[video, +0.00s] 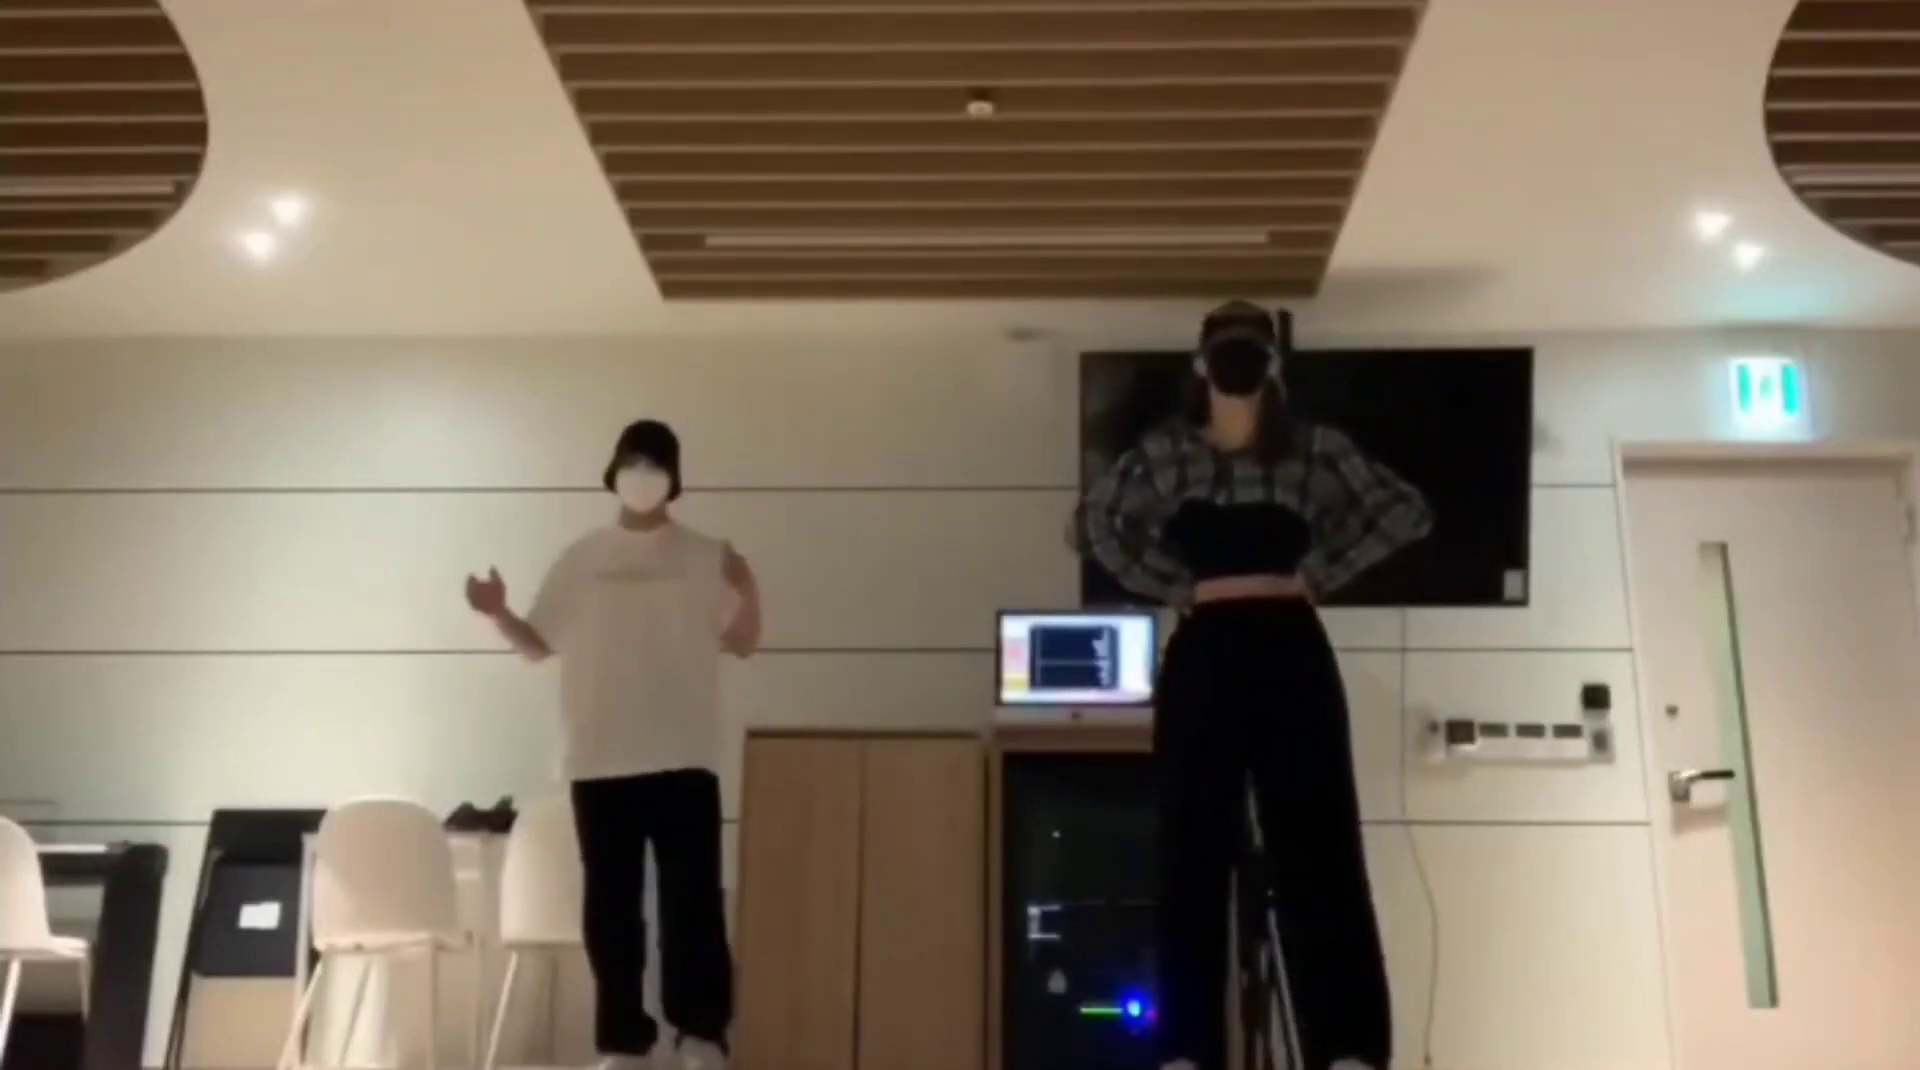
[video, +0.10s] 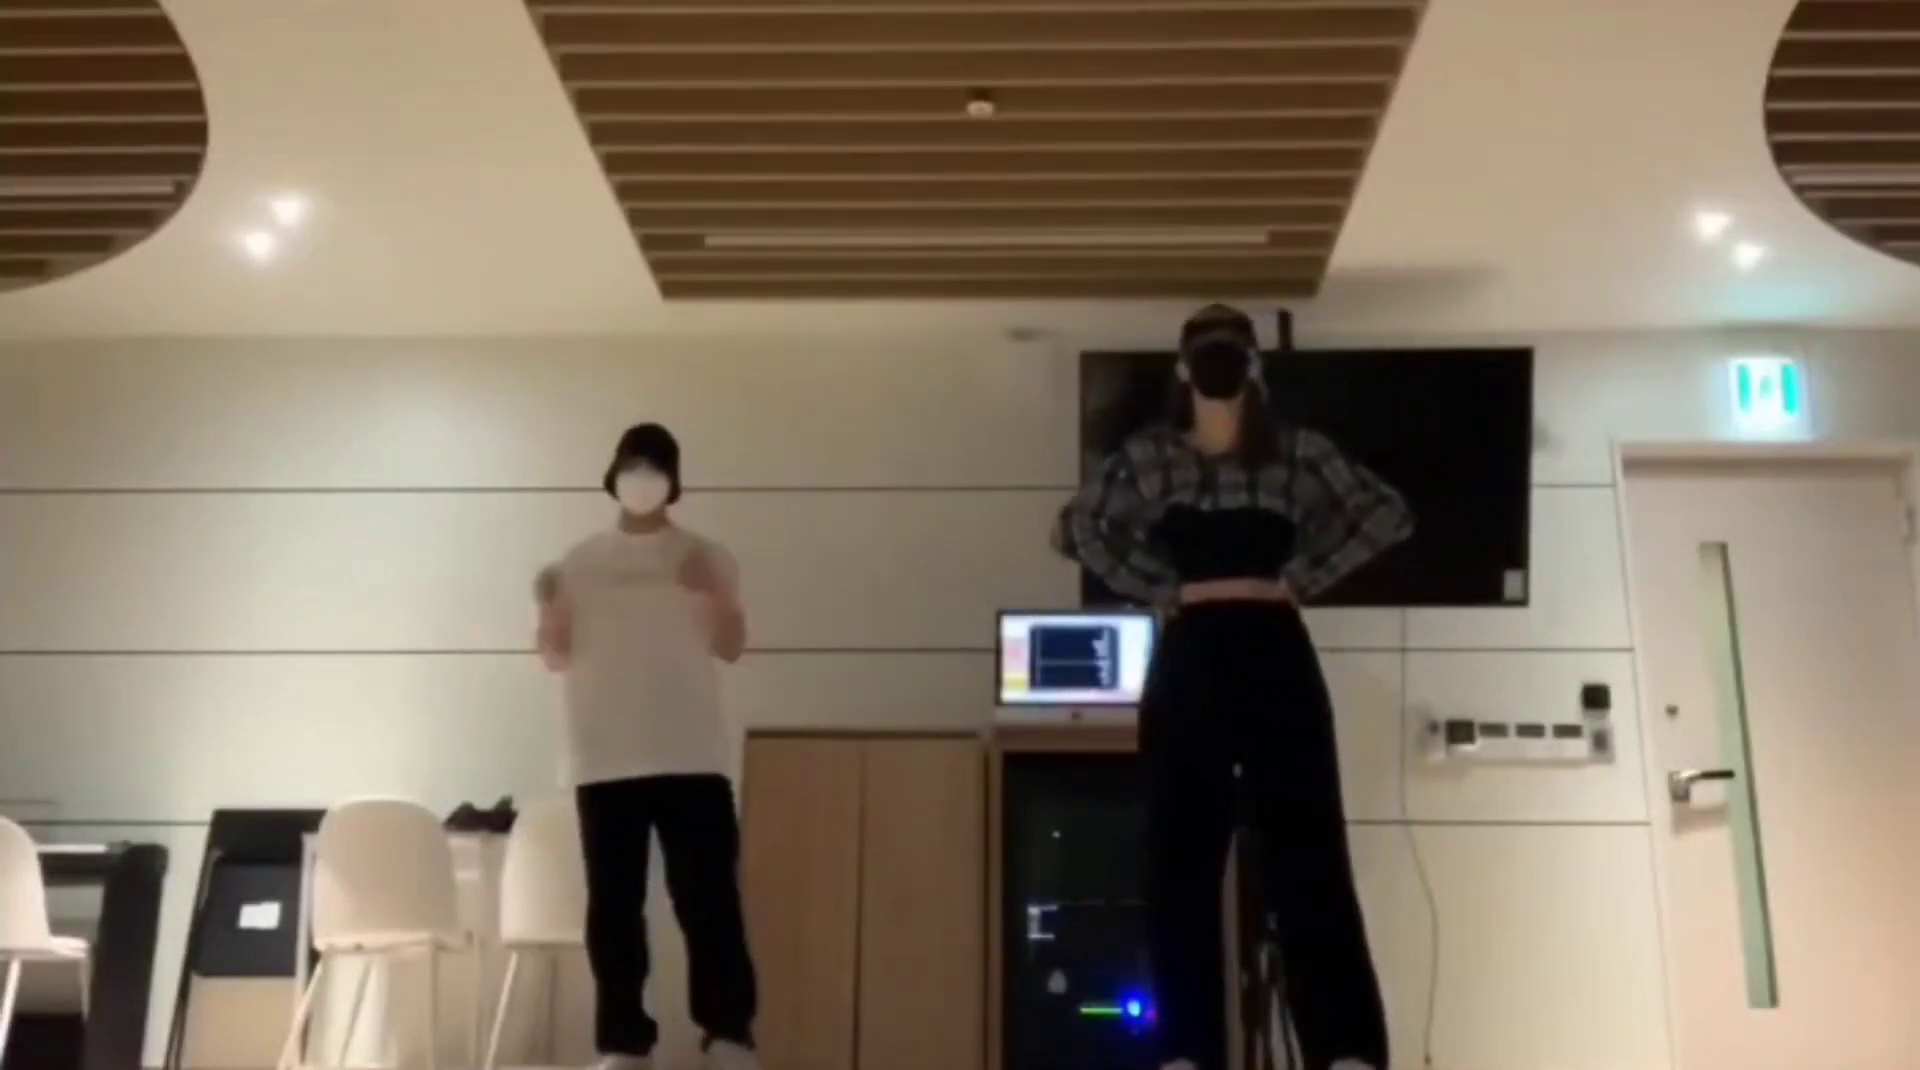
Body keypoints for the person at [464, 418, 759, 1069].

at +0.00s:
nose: (641, 478)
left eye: (653, 466)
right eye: (630, 467)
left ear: (675, 477)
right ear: (612, 476)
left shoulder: (705, 557)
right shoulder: (583, 558)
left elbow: (740, 645)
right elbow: (539, 647)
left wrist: (747, 594)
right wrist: (500, 614)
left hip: (684, 752)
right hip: (601, 755)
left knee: (693, 901)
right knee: (610, 906)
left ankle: (701, 1036)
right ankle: (622, 1043)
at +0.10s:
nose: (641, 480)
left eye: (654, 469)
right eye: (629, 469)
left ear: (674, 480)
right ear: (612, 479)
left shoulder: (703, 556)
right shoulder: (579, 563)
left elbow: (729, 648)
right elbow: (557, 660)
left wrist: (717, 598)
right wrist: (553, 615)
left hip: (692, 751)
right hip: (605, 754)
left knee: (709, 901)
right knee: (613, 908)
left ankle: (727, 1035)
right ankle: (622, 1043)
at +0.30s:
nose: (653, 487)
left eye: (666, 475)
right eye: (643, 475)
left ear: (685, 486)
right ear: (624, 484)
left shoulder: (713, 561)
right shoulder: (593, 567)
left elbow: (737, 654)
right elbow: (566, 658)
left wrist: (673, 634)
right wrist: (623, 642)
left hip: (705, 761)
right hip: (619, 765)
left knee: (734, 906)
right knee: (620, 914)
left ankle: (755, 1037)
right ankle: (623, 1047)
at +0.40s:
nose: (673, 491)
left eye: (684, 479)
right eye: (660, 480)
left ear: (702, 489)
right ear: (640, 489)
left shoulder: (732, 568)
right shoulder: (606, 570)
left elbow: (760, 658)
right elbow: (573, 658)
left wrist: (694, 648)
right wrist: (637, 658)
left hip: (716, 768)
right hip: (629, 771)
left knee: (742, 911)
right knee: (625, 918)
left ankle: (758, 1039)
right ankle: (624, 1047)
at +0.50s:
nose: (682, 494)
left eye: (694, 482)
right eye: (669, 482)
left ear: (712, 493)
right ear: (651, 492)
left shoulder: (737, 570)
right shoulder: (616, 573)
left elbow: (768, 659)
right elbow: (579, 656)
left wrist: (702, 652)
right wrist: (644, 662)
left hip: (723, 769)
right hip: (637, 771)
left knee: (742, 914)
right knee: (629, 919)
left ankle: (753, 1042)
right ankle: (624, 1047)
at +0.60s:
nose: (708, 502)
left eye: (721, 490)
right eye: (698, 489)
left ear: (737, 501)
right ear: (677, 497)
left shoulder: (761, 578)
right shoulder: (640, 575)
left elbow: (785, 666)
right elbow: (604, 662)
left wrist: (729, 655)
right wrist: (672, 661)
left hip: (740, 772)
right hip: (657, 772)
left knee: (746, 917)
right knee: (641, 917)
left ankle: (749, 1044)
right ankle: (625, 1046)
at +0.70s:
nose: (717, 504)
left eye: (728, 493)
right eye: (706, 491)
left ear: (743, 504)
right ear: (684, 499)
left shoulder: (763, 579)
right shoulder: (647, 576)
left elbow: (790, 667)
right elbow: (609, 661)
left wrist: (735, 656)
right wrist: (681, 661)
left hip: (744, 772)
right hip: (663, 772)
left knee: (748, 918)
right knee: (645, 918)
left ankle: (749, 1044)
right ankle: (625, 1046)